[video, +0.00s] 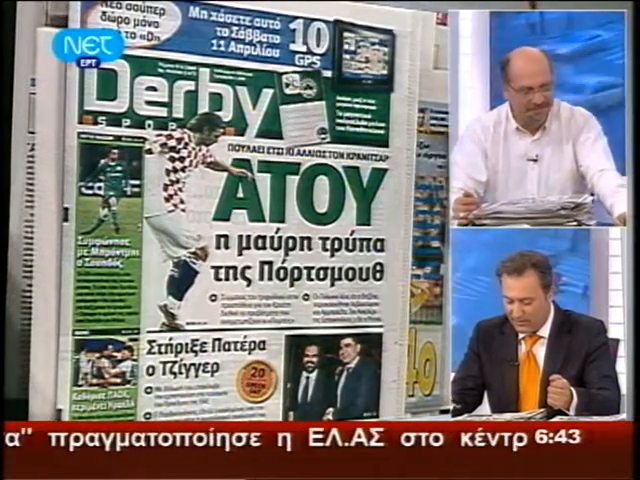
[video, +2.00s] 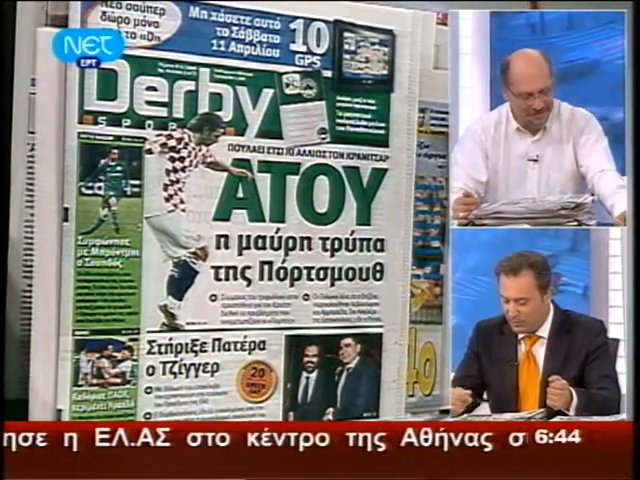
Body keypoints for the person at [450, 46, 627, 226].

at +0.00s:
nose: (538, 99)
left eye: (545, 88)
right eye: (527, 91)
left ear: (553, 83)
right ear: (506, 90)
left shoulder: (579, 123)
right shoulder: (482, 131)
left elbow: (603, 173)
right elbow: (462, 189)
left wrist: (624, 210)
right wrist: (463, 208)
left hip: (567, 245)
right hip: (499, 245)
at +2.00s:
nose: (538, 105)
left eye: (545, 93)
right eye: (526, 96)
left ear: (553, 84)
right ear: (506, 92)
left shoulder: (580, 123)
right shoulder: (483, 131)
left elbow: (603, 174)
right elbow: (462, 189)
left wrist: (624, 210)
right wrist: (463, 208)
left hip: (566, 245)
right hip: (500, 244)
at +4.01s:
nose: (528, 105)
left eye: (537, 94)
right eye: (518, 95)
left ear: (551, 86)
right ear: (504, 90)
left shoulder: (580, 124)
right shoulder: (482, 131)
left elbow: (604, 174)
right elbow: (462, 187)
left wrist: (624, 211)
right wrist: (462, 208)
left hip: (567, 245)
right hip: (499, 245)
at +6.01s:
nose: (544, 97)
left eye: (549, 85)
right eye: (531, 89)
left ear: (555, 82)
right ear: (508, 90)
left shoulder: (580, 124)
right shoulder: (483, 131)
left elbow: (604, 174)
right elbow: (463, 188)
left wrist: (624, 210)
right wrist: (463, 208)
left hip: (567, 245)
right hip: (499, 245)